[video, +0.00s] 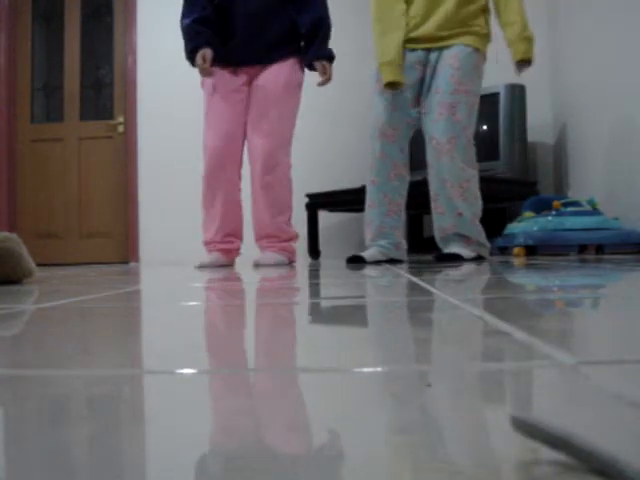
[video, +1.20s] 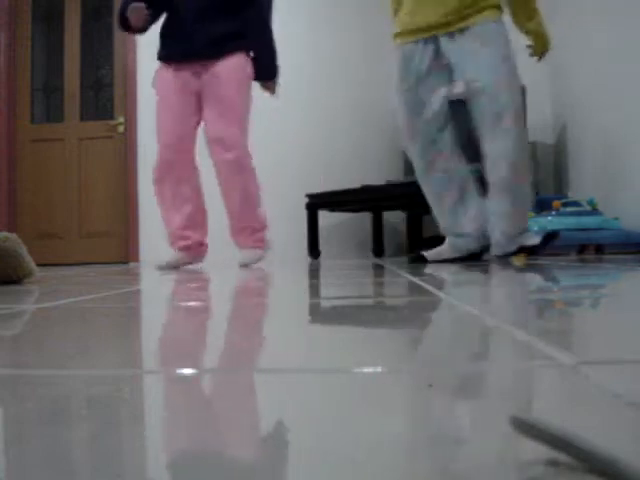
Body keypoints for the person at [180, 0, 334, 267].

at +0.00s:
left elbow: (313, 3)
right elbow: (194, 4)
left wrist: (318, 47)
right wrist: (199, 43)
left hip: (280, 57)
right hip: (223, 59)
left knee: (269, 156)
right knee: (218, 156)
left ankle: (276, 247)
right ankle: (221, 248)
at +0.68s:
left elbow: (309, 3)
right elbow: (186, 9)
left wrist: (322, 21)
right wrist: (165, 61)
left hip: (279, 67)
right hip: (227, 67)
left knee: (299, 154)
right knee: (241, 153)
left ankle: (294, 247)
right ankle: (211, 246)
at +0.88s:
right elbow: (170, 4)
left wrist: (293, 13)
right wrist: (140, 46)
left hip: (258, 60)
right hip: (206, 62)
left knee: (267, 153)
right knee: (209, 155)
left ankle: (282, 240)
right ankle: (208, 242)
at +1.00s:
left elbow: (281, 4)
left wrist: (282, 45)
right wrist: (134, 32)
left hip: (245, 59)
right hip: (192, 62)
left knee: (245, 158)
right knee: (185, 160)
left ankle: (275, 249)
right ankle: (199, 250)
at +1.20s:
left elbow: (258, 12)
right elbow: (147, 11)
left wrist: (266, 68)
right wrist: (132, 16)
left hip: (227, 58)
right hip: (175, 61)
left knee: (229, 149)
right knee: (172, 155)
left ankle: (251, 241)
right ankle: (188, 245)